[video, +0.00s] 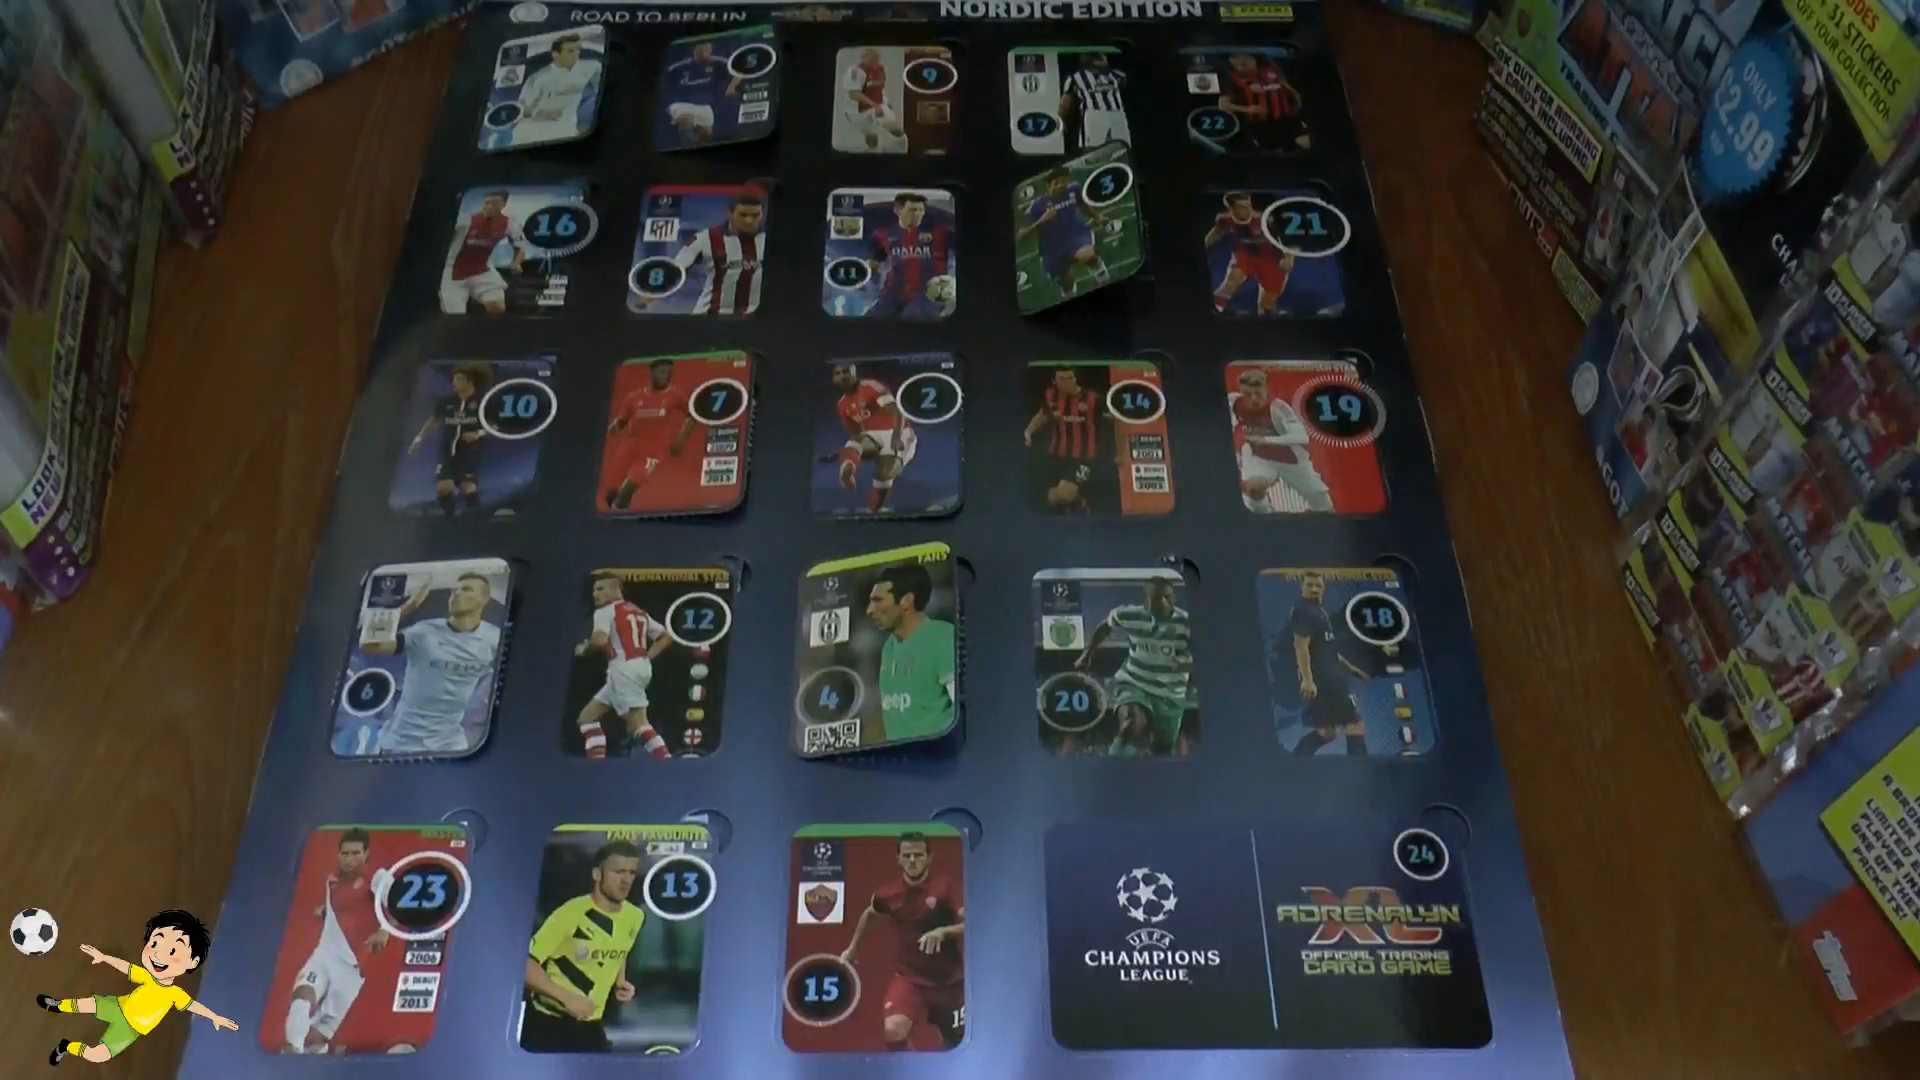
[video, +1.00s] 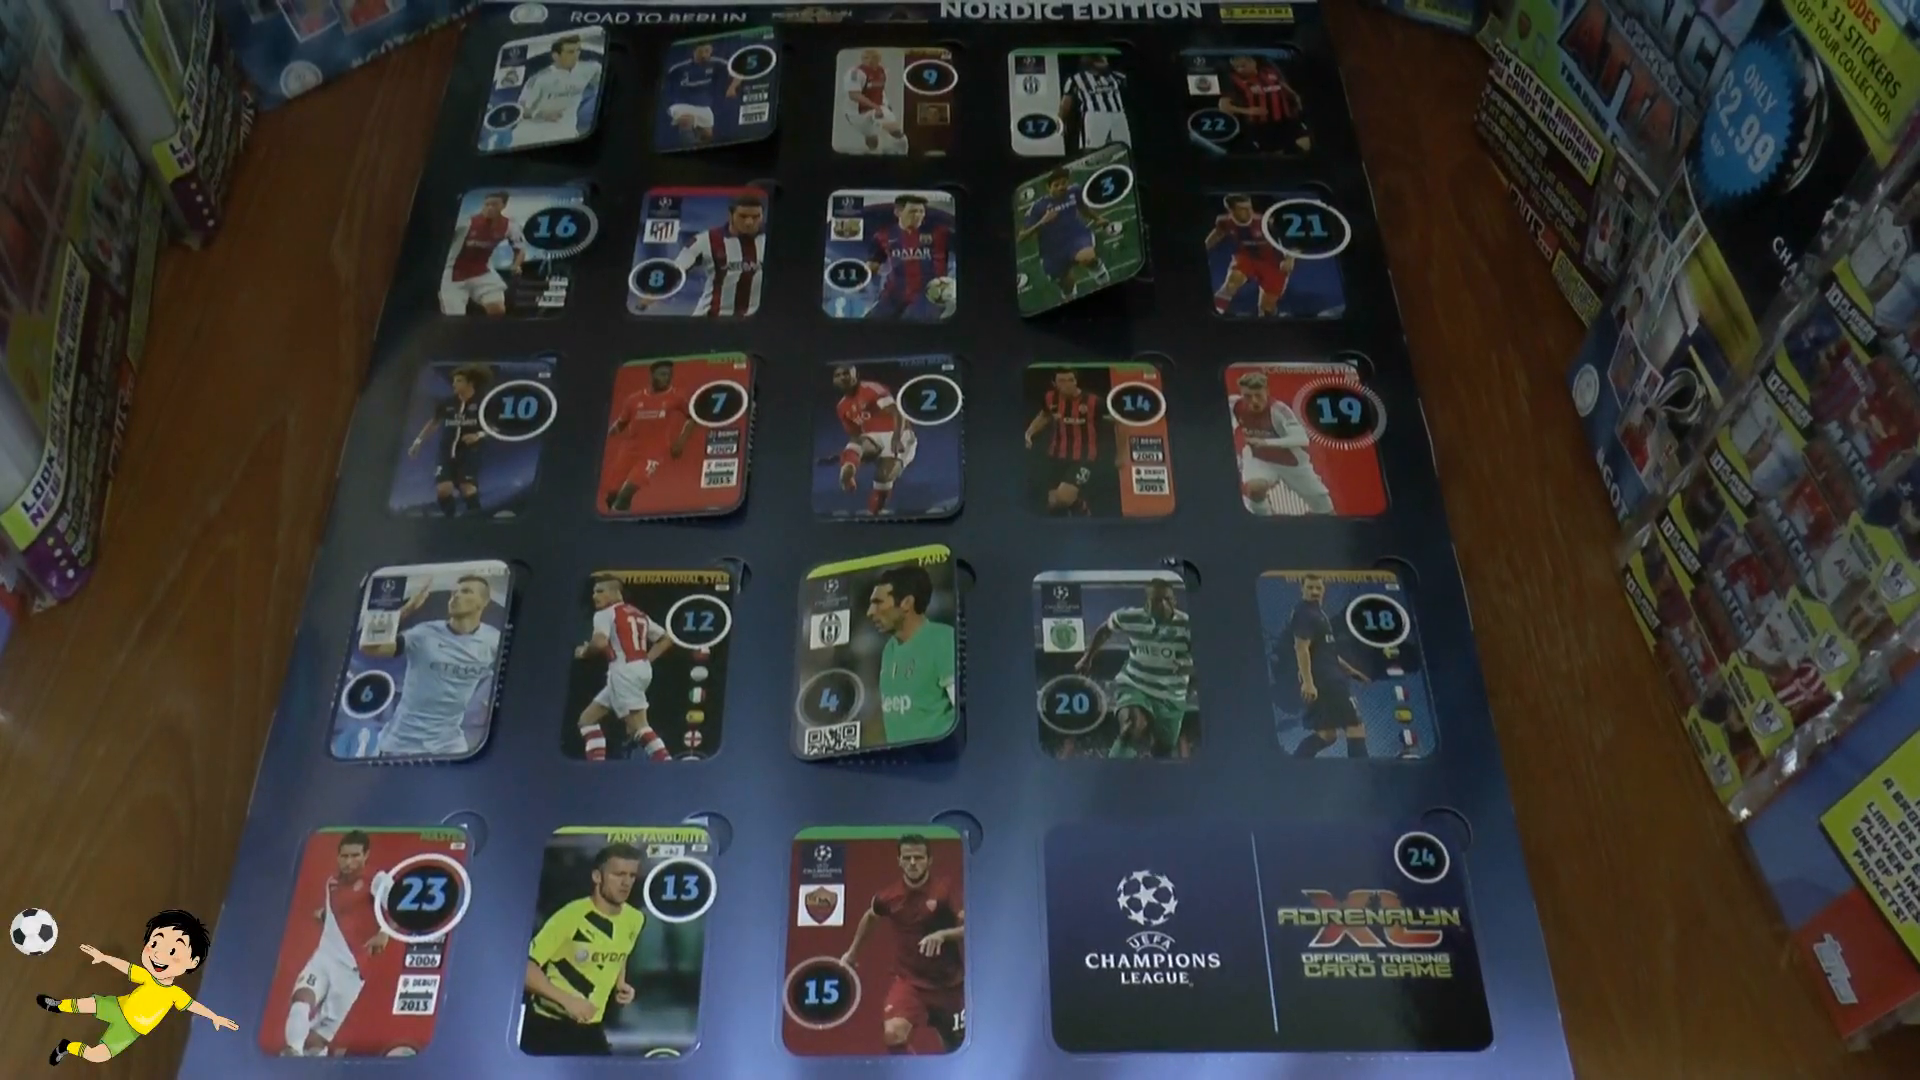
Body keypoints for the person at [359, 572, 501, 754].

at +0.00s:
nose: (456, 594)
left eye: (466, 589)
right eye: (454, 590)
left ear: (484, 599)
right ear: (450, 597)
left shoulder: (495, 640)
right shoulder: (423, 632)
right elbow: (370, 645)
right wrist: (402, 611)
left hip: (449, 741)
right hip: (401, 739)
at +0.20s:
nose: (455, 594)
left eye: (466, 589)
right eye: (454, 590)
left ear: (485, 599)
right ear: (450, 597)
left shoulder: (495, 640)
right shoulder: (423, 632)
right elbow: (370, 645)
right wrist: (402, 611)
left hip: (449, 741)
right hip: (401, 739)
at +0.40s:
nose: (455, 594)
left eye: (466, 589)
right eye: (454, 590)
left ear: (484, 599)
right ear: (449, 597)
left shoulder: (494, 640)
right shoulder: (423, 631)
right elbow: (370, 645)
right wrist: (405, 608)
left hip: (449, 740)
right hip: (400, 738)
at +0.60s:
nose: (455, 593)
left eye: (466, 589)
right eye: (454, 589)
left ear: (484, 600)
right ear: (449, 596)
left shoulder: (494, 640)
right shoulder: (423, 631)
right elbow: (370, 645)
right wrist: (401, 611)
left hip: (448, 740)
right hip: (400, 738)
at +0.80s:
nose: (455, 594)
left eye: (466, 589)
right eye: (454, 590)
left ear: (484, 600)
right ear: (449, 597)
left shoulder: (494, 640)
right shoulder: (423, 632)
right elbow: (370, 645)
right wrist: (401, 612)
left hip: (449, 741)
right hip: (400, 739)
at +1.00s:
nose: (456, 596)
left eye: (466, 591)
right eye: (454, 591)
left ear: (484, 602)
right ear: (450, 599)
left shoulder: (494, 642)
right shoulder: (424, 634)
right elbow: (370, 647)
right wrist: (404, 611)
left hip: (449, 743)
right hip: (401, 741)